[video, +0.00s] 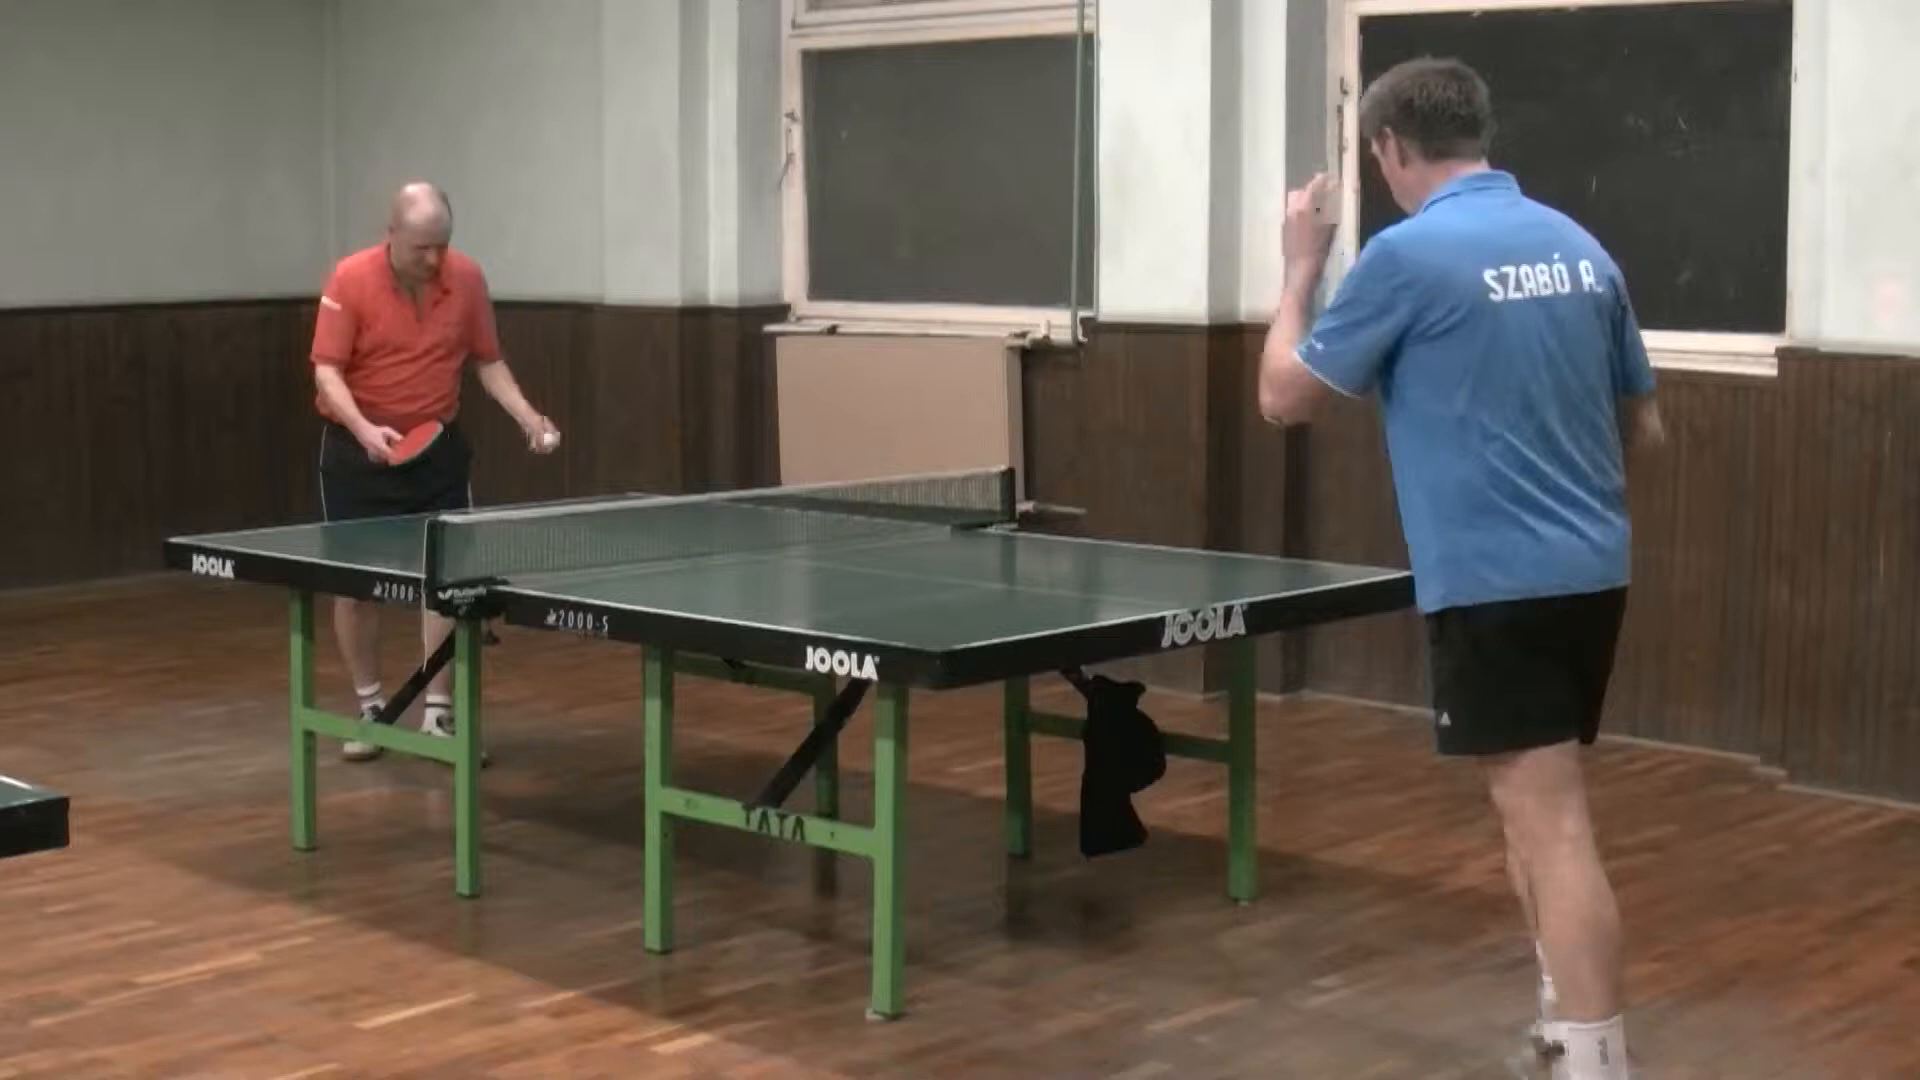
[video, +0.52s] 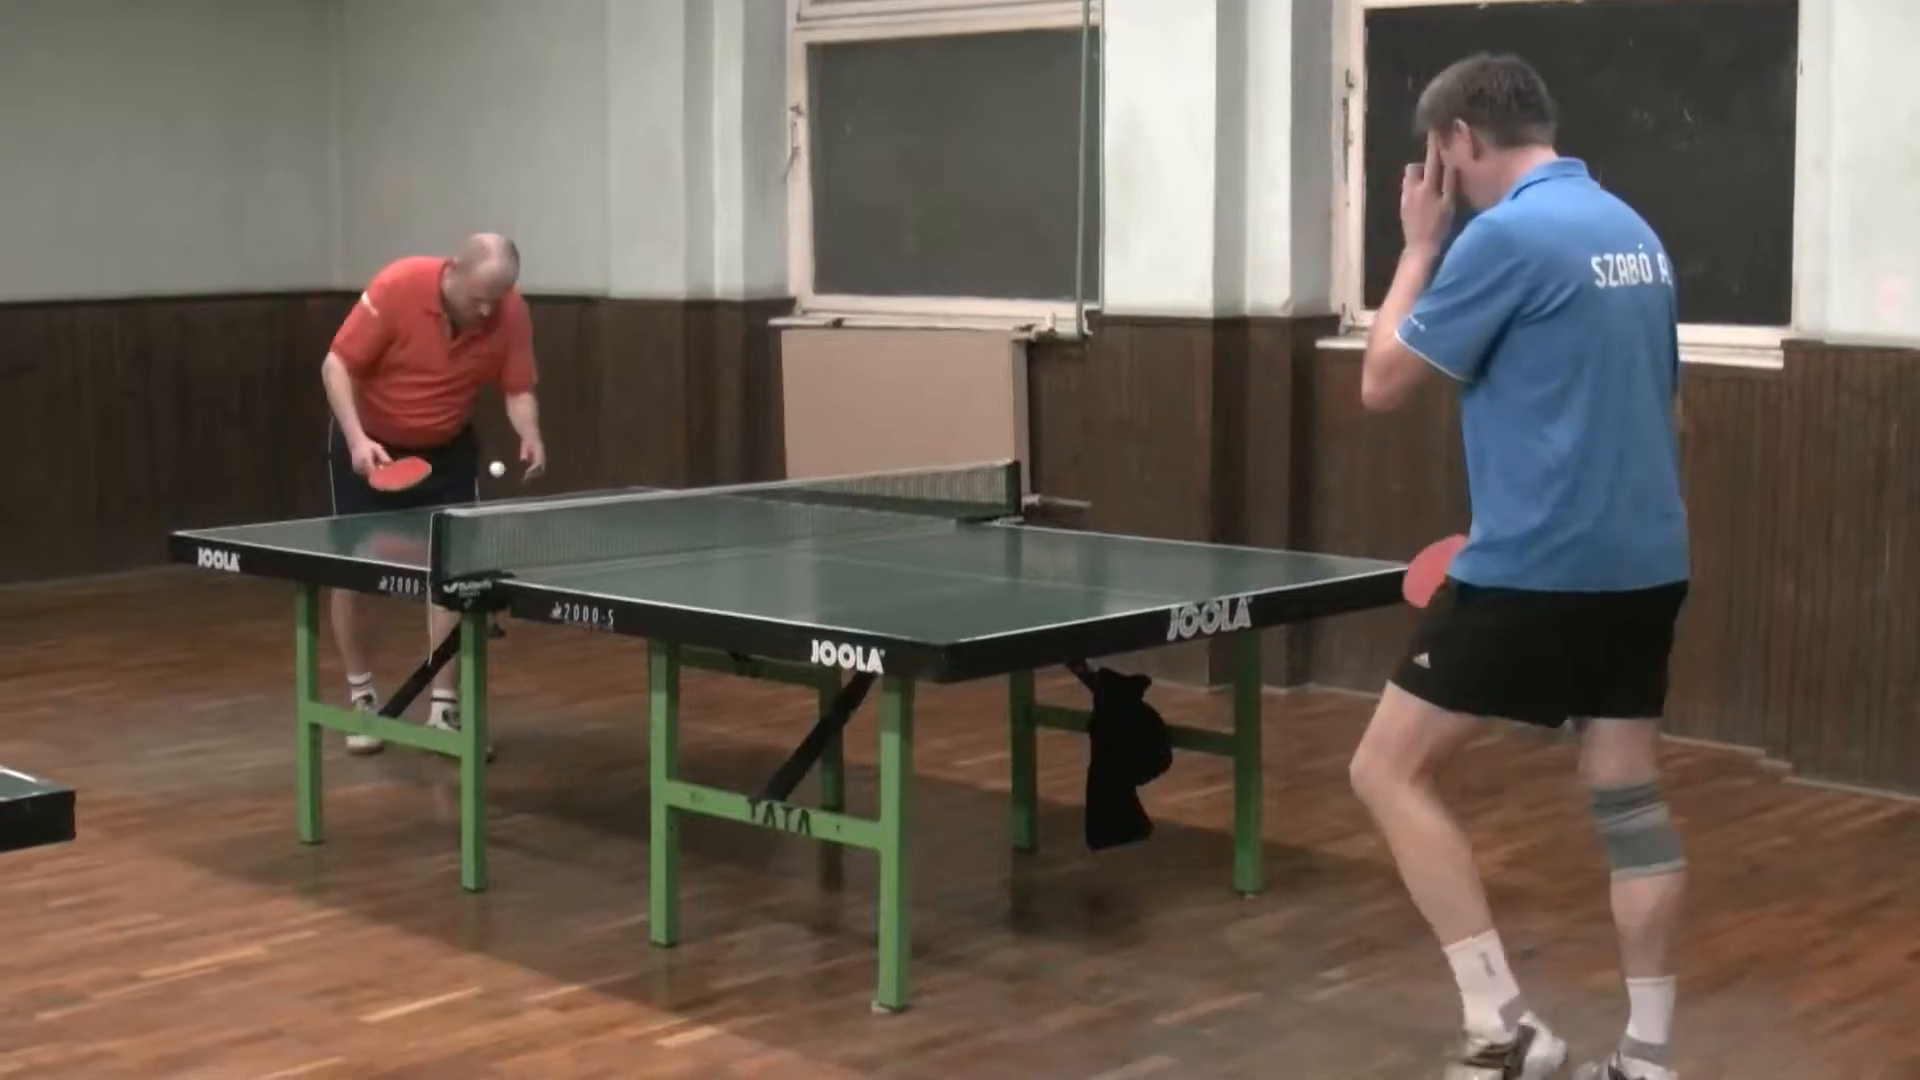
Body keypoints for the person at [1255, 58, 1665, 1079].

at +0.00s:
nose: (1377, 173)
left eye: (1376, 158)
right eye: (1375, 160)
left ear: (1394, 152)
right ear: (1485, 143)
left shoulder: (1408, 255)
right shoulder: (1579, 246)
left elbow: (1281, 396)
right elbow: (1643, 428)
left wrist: (1300, 263)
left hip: (1496, 584)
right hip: (1590, 575)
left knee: (1555, 834)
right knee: (1535, 815)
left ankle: (1595, 1064)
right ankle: (1564, 1029)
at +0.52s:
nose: (1441, 177)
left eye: (1438, 159)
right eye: (1436, 163)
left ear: (1463, 140)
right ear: (1545, 130)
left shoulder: (1507, 235)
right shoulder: (1632, 230)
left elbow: (1382, 382)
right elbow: (1655, 403)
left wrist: (1418, 247)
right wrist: (1505, 536)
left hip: (1533, 569)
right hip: (1646, 567)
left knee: (1387, 768)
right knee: (1629, 801)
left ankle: (1496, 1023)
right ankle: (1650, 1053)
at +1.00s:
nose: (1318, 193)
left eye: (1316, 175)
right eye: (1317, 176)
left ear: (1336, 162)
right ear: (1417, 156)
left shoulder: (1352, 256)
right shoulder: (1514, 252)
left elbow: (1303, 433)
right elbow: (1573, 432)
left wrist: (1274, 505)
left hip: (1399, 583)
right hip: (1531, 578)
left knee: (1293, 795)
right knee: (1550, 791)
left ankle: (1259, 1051)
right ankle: (1635, 1045)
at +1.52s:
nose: (1195, 278)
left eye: (1191, 262)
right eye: (1193, 264)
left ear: (1209, 248)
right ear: (1281, 232)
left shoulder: (1221, 309)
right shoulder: (1385, 287)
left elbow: (1212, 484)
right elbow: (1411, 438)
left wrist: (1209, 576)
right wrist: (1300, 548)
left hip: (1355, 562)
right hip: (1484, 547)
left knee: (1251, 791)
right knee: (1495, 783)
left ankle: (1262, 1051)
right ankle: (1551, 1020)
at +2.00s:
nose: (1213, 291)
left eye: (1211, 275)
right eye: (1212, 276)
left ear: (1231, 267)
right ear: (1305, 251)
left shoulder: (1241, 328)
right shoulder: (1404, 301)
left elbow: (1242, 515)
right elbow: (1482, 436)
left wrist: (1255, 590)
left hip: (1379, 565)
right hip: (1503, 548)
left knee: (1255, 790)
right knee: (1484, 744)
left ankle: (1262, 1050)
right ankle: (1562, 978)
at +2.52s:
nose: (1362, 311)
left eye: (1363, 293)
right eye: (1361, 293)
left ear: (1390, 291)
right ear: (1451, 280)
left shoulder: (1422, 353)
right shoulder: (1531, 329)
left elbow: (1424, 533)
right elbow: (1560, 501)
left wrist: (1389, 615)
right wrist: (1448, 565)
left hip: (1573, 594)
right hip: (1671, 576)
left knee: (1447, 816)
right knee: (1609, 731)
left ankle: (1534, 1057)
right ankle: (1650, 918)